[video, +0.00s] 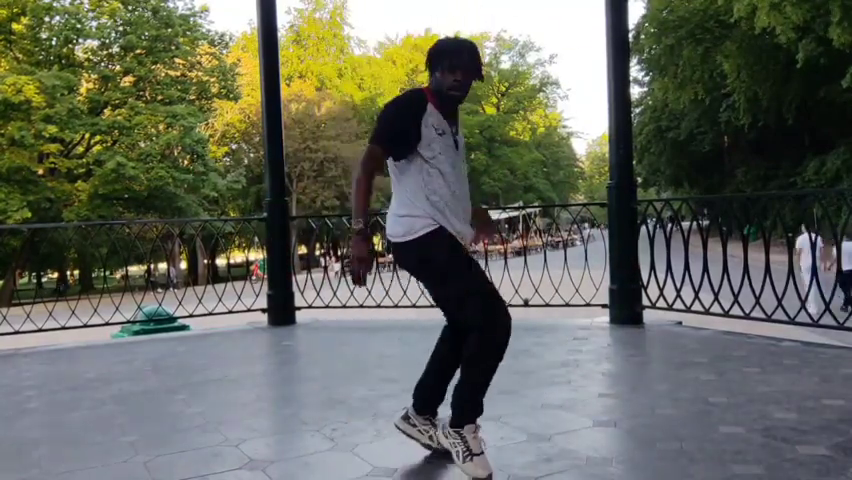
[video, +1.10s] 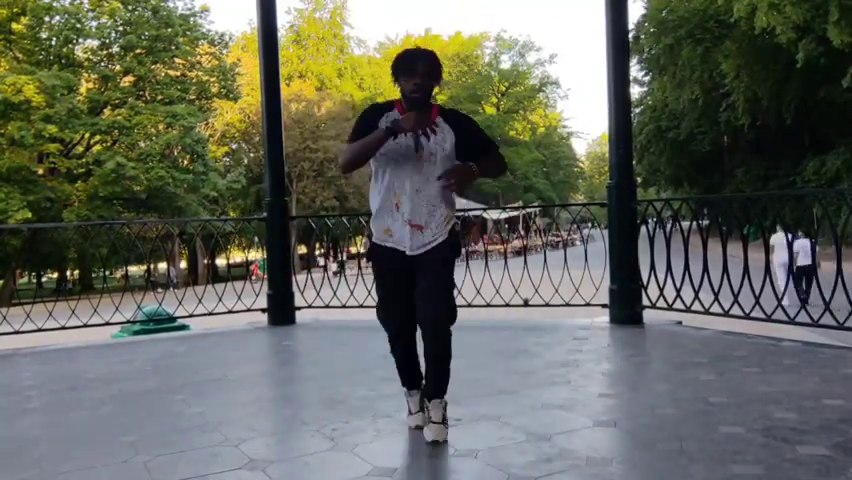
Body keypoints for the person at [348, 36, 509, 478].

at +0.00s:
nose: (458, 82)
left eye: (467, 76)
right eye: (450, 72)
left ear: (474, 79)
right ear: (432, 72)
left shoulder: (450, 122)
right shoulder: (407, 108)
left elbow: (441, 183)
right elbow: (366, 166)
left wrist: (475, 215)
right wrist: (360, 233)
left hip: (441, 234)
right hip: (418, 234)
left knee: (464, 322)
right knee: (494, 320)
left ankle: (420, 414)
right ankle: (462, 425)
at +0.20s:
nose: (441, 80)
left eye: (449, 73)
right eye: (432, 72)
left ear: (458, 76)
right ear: (416, 74)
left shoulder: (467, 115)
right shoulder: (388, 112)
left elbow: (487, 175)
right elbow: (343, 154)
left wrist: (524, 204)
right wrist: (353, 172)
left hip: (467, 232)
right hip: (419, 232)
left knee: (485, 323)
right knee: (474, 322)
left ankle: (430, 408)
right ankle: (483, 421)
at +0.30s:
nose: (435, 83)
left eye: (444, 76)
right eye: (427, 75)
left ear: (455, 79)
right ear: (413, 78)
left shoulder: (471, 117)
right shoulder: (388, 117)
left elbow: (497, 168)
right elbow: (349, 161)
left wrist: (525, 212)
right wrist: (371, 161)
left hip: (470, 242)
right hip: (419, 246)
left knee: (478, 326)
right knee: (445, 334)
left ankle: (439, 406)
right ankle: (480, 423)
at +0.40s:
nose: (436, 85)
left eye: (444, 77)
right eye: (427, 77)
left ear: (456, 81)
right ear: (413, 81)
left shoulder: (472, 120)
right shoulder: (394, 118)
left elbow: (502, 173)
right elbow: (366, 169)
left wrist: (523, 216)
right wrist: (390, 168)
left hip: (458, 243)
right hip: (405, 246)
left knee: (459, 333)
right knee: (403, 325)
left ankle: (453, 422)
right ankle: (464, 417)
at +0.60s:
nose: (430, 89)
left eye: (439, 81)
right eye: (422, 81)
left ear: (451, 84)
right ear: (408, 86)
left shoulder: (470, 124)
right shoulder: (393, 126)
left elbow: (503, 177)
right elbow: (375, 179)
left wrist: (531, 231)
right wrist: (388, 191)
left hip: (444, 242)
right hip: (397, 243)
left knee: (434, 329)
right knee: (359, 312)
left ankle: (459, 411)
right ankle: (404, 402)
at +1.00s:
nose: (414, 86)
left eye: (421, 80)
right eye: (406, 79)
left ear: (433, 85)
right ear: (393, 85)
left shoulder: (453, 127)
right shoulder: (375, 127)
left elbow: (485, 175)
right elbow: (355, 182)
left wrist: (489, 211)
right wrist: (395, 160)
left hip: (438, 241)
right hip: (390, 245)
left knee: (430, 326)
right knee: (407, 332)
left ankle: (431, 413)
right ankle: (424, 402)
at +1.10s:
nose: (417, 87)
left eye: (425, 81)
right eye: (410, 80)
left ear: (437, 83)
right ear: (396, 81)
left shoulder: (455, 124)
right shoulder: (376, 118)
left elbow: (497, 162)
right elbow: (346, 162)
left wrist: (471, 170)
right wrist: (391, 128)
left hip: (436, 240)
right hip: (387, 241)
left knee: (435, 322)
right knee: (397, 323)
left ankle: (437, 402)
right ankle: (413, 392)